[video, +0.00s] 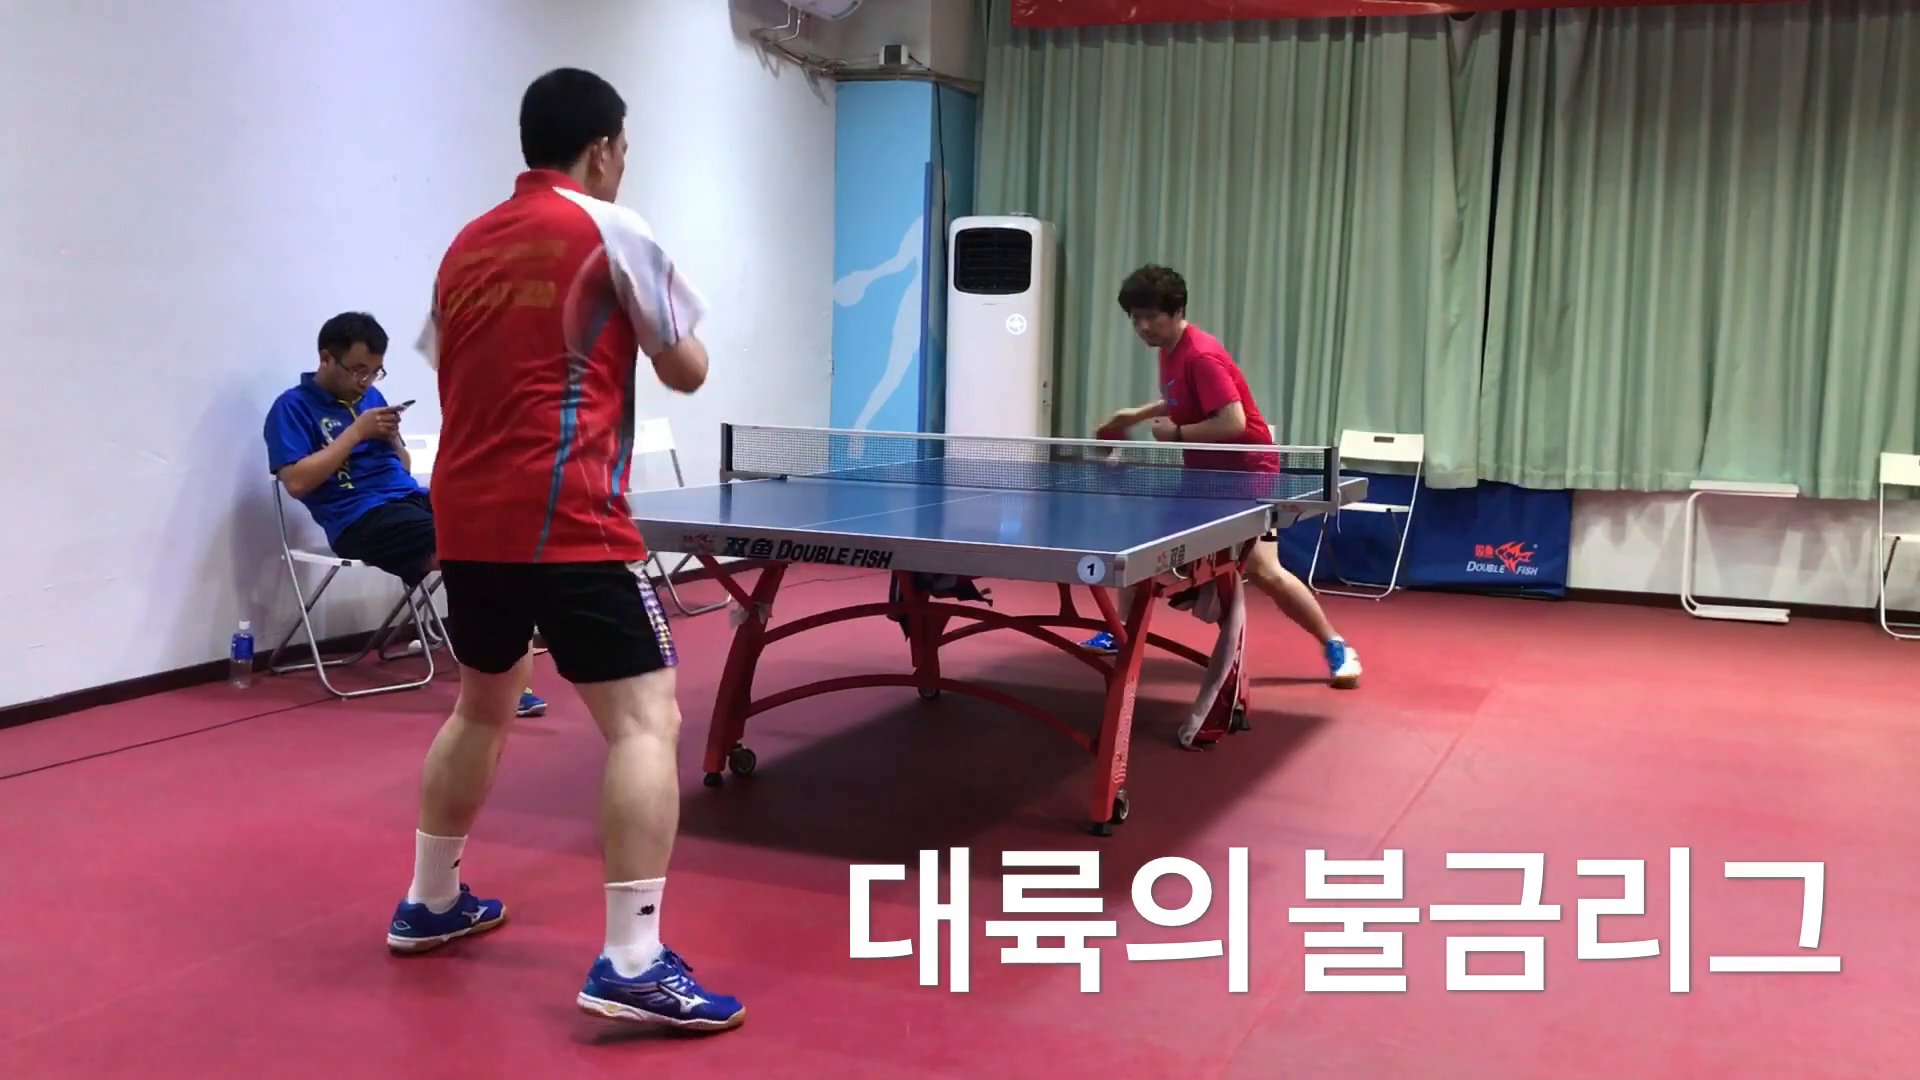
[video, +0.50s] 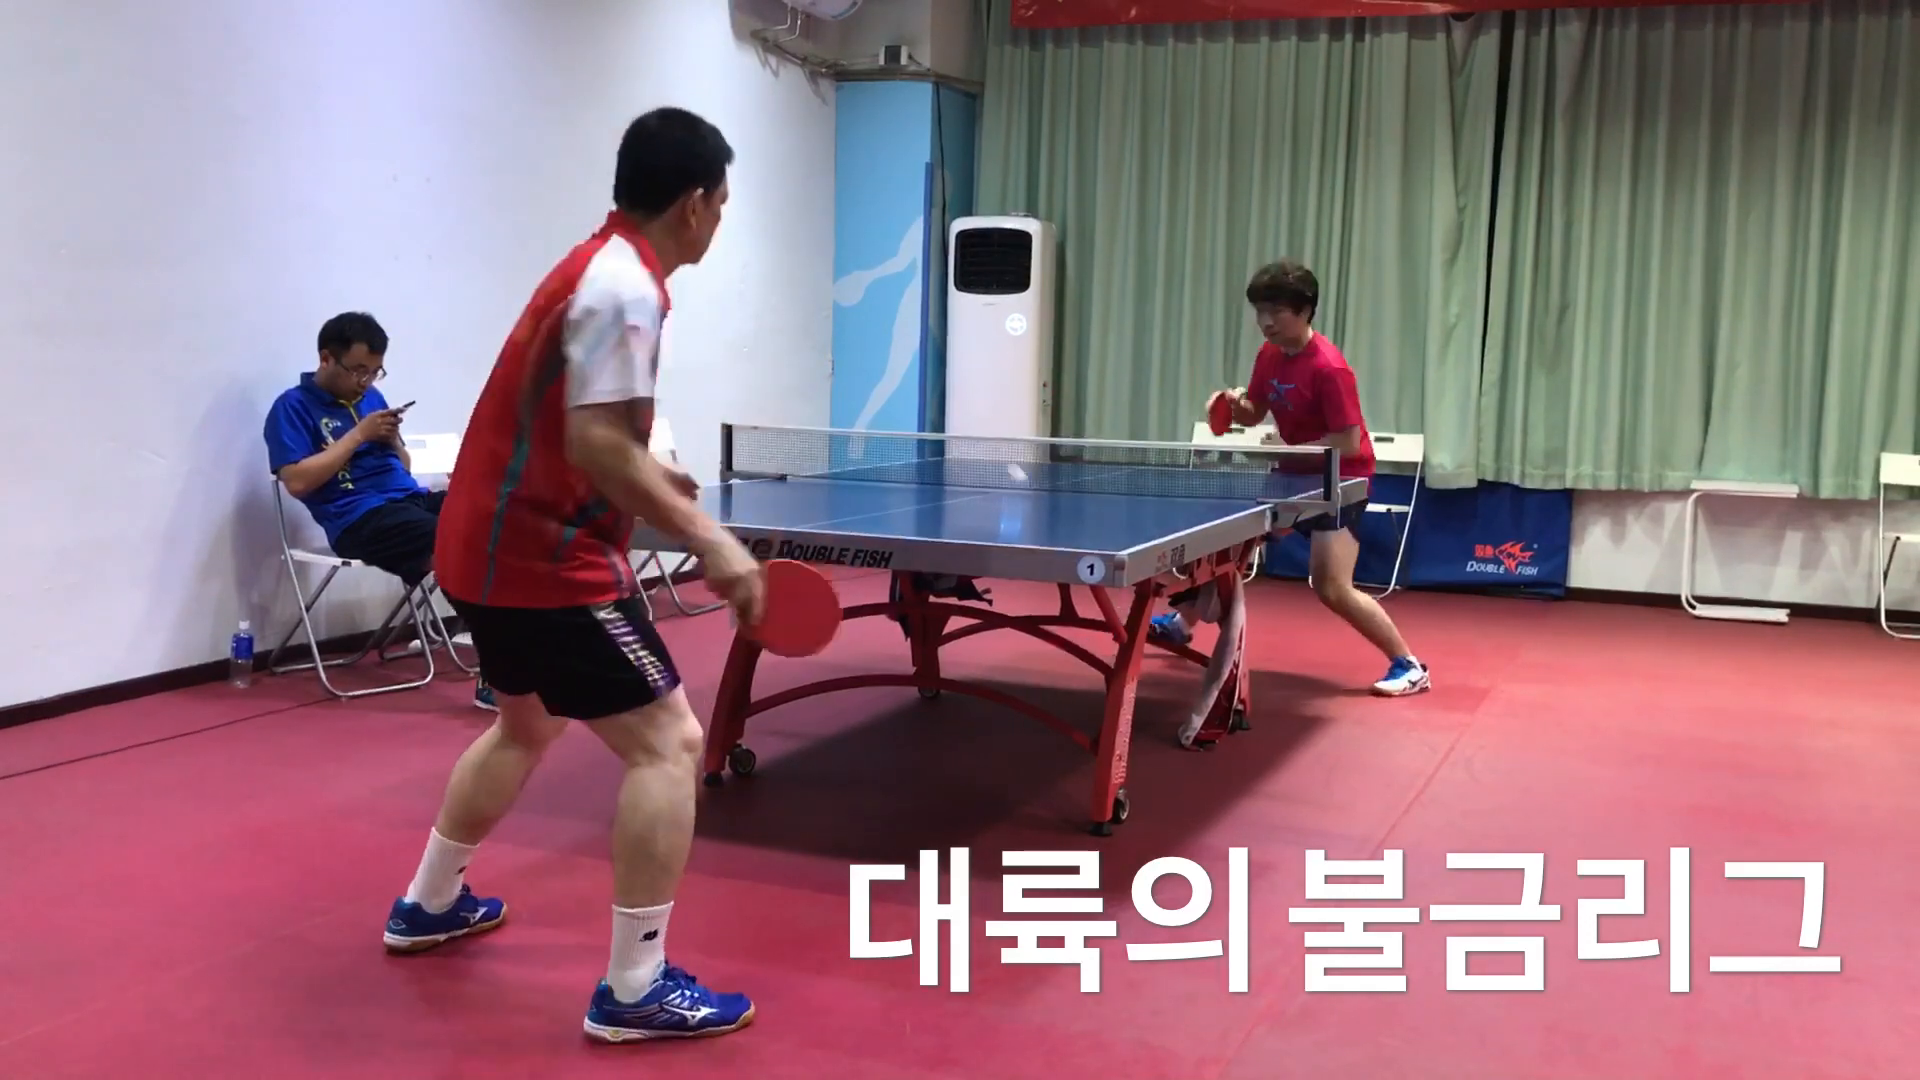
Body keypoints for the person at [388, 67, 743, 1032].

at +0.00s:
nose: (621, 166)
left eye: (620, 152)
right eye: (621, 152)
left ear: (527, 149)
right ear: (602, 152)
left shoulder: (463, 242)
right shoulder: (612, 231)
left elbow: (443, 359)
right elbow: (683, 373)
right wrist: (651, 317)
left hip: (468, 524)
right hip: (573, 523)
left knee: (480, 707)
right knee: (641, 722)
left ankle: (430, 901)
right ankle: (631, 962)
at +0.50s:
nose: (720, 218)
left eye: (723, 201)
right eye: (720, 200)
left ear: (638, 192)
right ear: (692, 202)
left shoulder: (597, 265)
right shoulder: (623, 285)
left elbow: (569, 421)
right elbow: (602, 448)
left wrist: (645, 462)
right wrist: (717, 547)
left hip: (487, 551)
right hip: (542, 565)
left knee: (523, 726)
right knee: (668, 743)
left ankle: (428, 901)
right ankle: (635, 986)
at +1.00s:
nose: (597, 177)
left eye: (594, 160)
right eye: (596, 160)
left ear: (503, 158)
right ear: (573, 161)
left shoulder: (439, 244)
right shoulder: (568, 255)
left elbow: (457, 385)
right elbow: (650, 390)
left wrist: (573, 395)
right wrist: (693, 343)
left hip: (421, 533)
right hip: (519, 534)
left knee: (480, 707)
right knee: (611, 726)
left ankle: (422, 900)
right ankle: (611, 971)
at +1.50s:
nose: (677, 226)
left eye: (676, 207)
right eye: (672, 207)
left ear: (596, 205)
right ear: (638, 209)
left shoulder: (546, 280)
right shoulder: (580, 297)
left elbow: (563, 457)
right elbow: (566, 456)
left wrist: (681, 526)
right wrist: (693, 525)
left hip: (442, 564)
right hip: (511, 576)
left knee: (492, 719)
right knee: (649, 744)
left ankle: (409, 901)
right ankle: (616, 988)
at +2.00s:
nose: (616, 192)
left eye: (614, 178)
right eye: (615, 179)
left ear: (518, 179)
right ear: (598, 184)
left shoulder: (458, 266)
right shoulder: (612, 281)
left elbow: (423, 391)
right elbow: (698, 424)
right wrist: (706, 380)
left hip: (428, 544)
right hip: (540, 554)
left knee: (448, 703)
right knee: (646, 743)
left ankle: (408, 898)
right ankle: (609, 979)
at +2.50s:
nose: (712, 251)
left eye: (708, 233)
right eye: (704, 234)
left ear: (622, 238)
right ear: (675, 243)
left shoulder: (558, 307)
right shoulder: (655, 335)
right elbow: (823, 407)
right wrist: (980, 428)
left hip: (392, 539)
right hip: (444, 556)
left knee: (433, 715)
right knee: (604, 740)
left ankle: (359, 897)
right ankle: (596, 988)